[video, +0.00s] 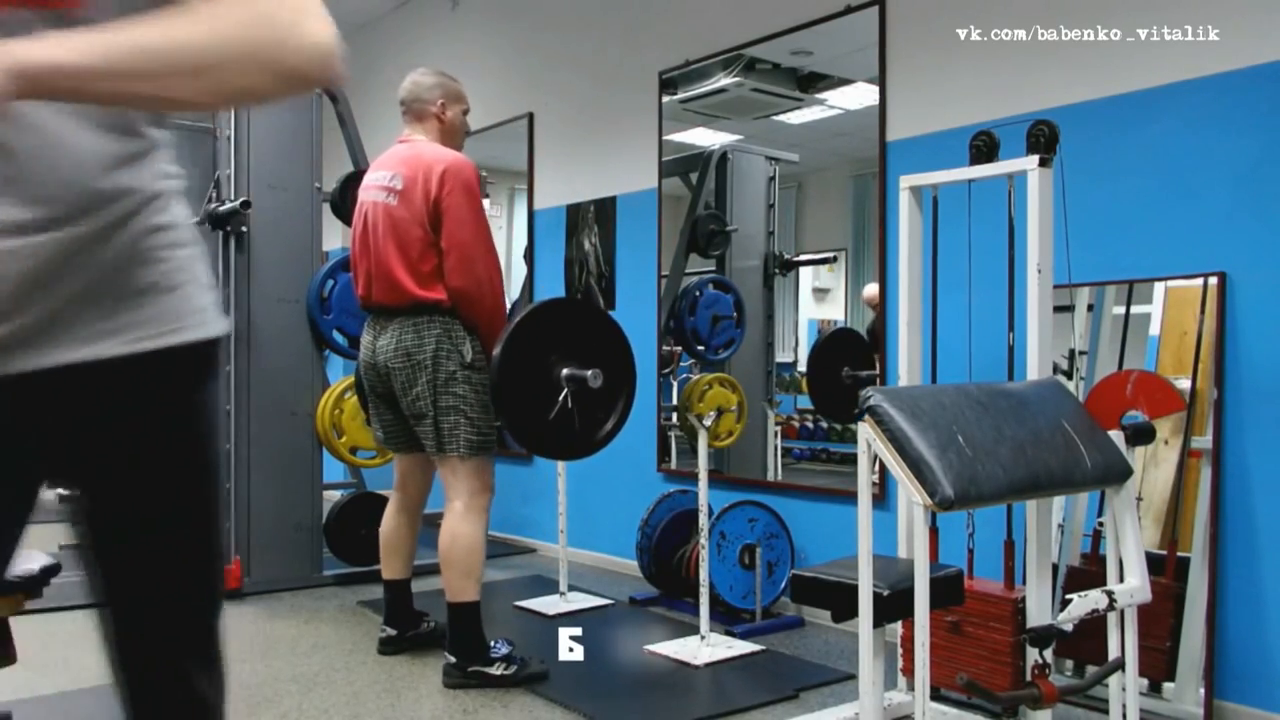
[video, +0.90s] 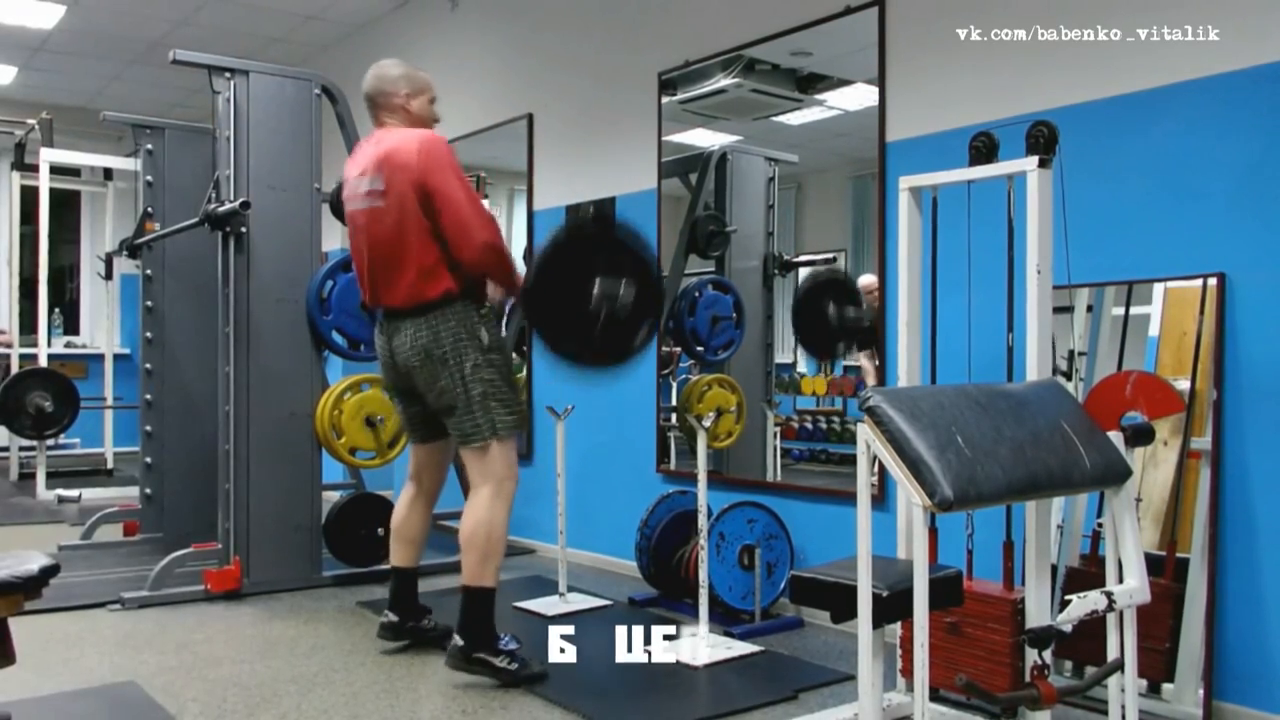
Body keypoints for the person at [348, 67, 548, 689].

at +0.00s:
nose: (468, 124)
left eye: (467, 114)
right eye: (464, 113)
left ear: (414, 112)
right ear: (439, 109)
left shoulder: (377, 169)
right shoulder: (450, 167)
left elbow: (366, 268)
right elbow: (473, 275)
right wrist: (496, 345)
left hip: (380, 338)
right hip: (439, 337)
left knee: (409, 484)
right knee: (469, 493)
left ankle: (399, 621)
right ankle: (469, 652)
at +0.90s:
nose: (435, 109)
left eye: (432, 99)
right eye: (428, 100)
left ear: (380, 104)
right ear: (401, 100)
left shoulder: (356, 164)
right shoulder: (425, 147)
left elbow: (368, 267)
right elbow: (476, 242)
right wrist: (511, 281)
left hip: (396, 333)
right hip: (449, 324)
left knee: (424, 473)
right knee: (494, 476)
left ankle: (401, 612)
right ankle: (477, 638)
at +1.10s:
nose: (427, 143)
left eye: (428, 135)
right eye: (424, 134)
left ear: (373, 124)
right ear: (399, 123)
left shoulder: (345, 181)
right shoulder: (399, 163)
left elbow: (384, 263)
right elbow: (475, 231)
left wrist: (458, 203)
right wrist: (514, 201)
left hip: (411, 348)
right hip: (462, 340)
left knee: (434, 487)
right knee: (502, 489)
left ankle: (402, 620)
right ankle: (472, 652)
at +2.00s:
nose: (453, 123)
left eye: (452, 112)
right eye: (449, 111)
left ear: (398, 110)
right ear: (423, 108)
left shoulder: (361, 172)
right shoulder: (431, 160)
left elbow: (363, 275)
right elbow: (472, 258)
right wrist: (522, 281)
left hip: (387, 341)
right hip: (444, 334)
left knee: (416, 481)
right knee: (479, 491)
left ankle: (400, 622)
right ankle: (470, 654)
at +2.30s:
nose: (480, 128)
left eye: (478, 118)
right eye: (476, 118)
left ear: (426, 119)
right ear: (456, 116)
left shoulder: (394, 170)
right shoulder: (472, 169)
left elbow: (373, 267)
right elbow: (482, 277)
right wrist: (497, 356)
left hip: (378, 340)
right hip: (437, 340)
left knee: (412, 487)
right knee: (486, 493)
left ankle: (400, 621)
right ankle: (471, 654)